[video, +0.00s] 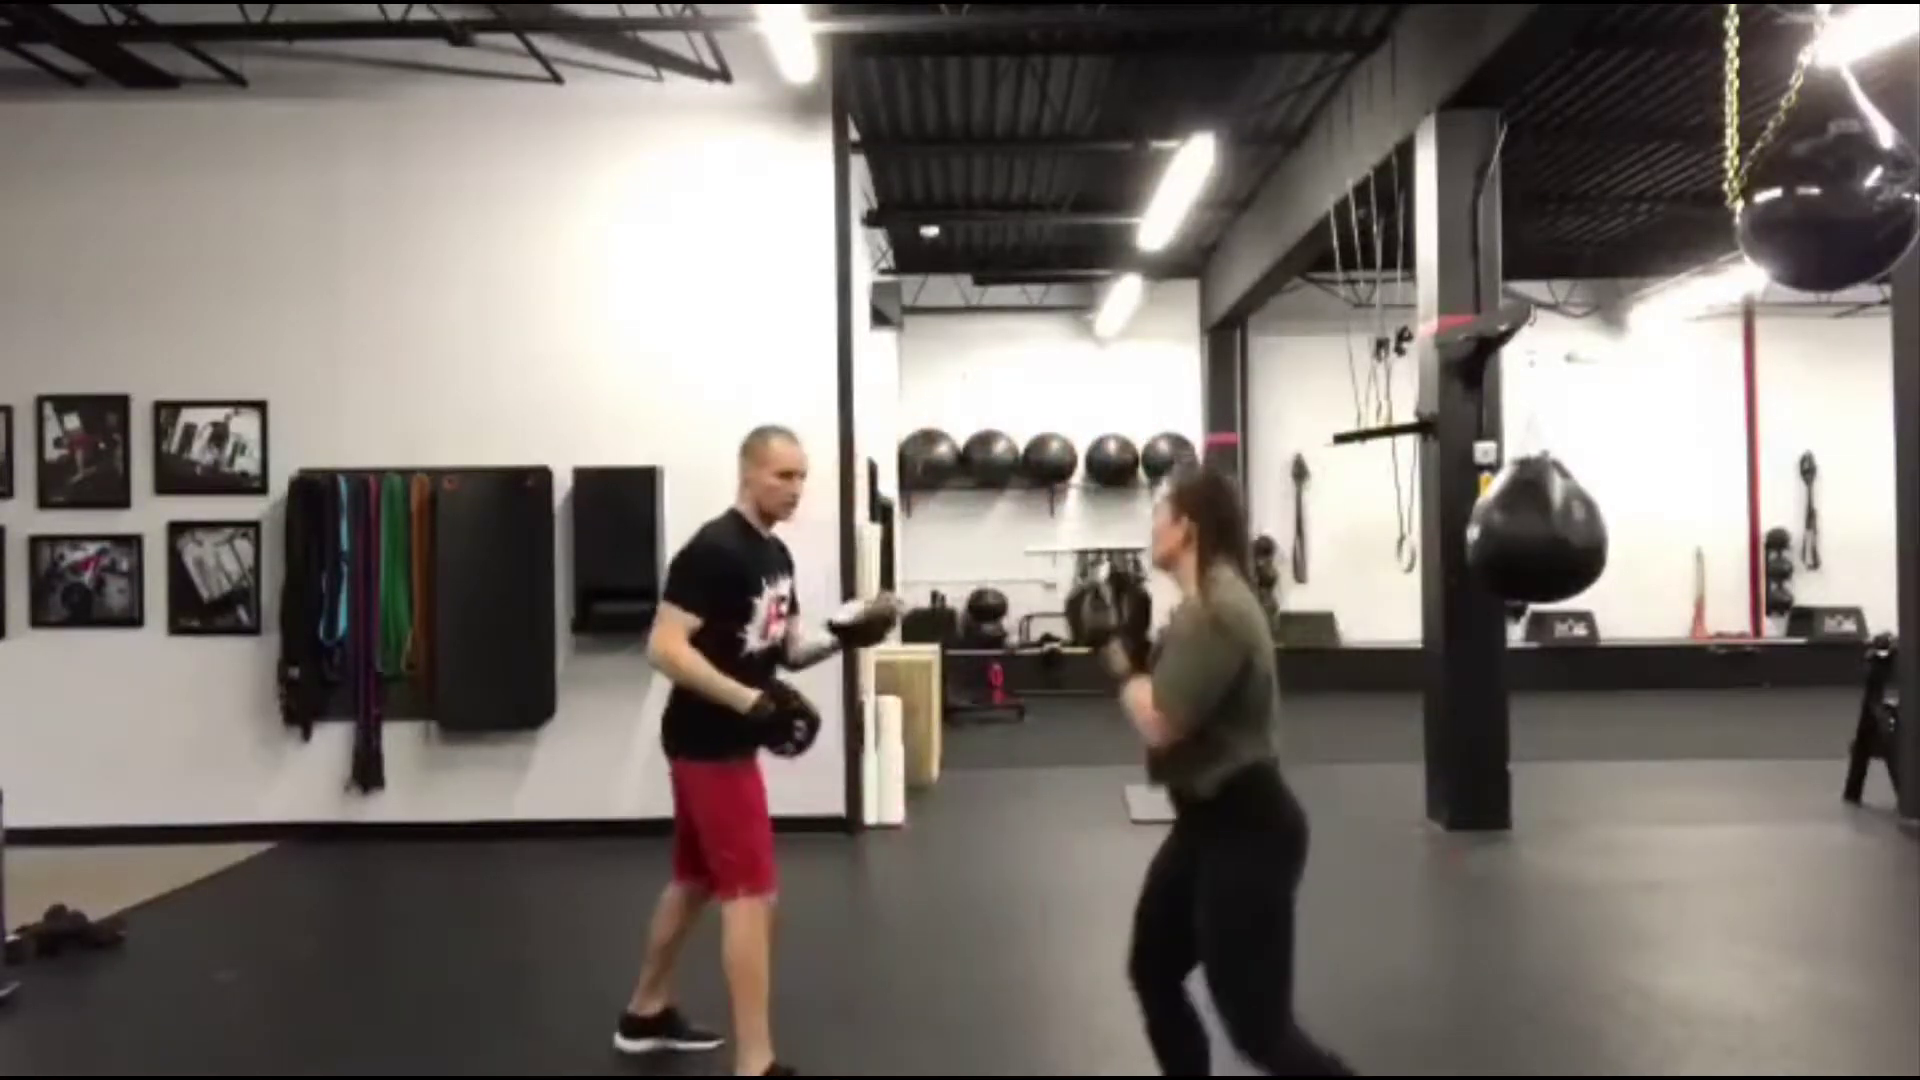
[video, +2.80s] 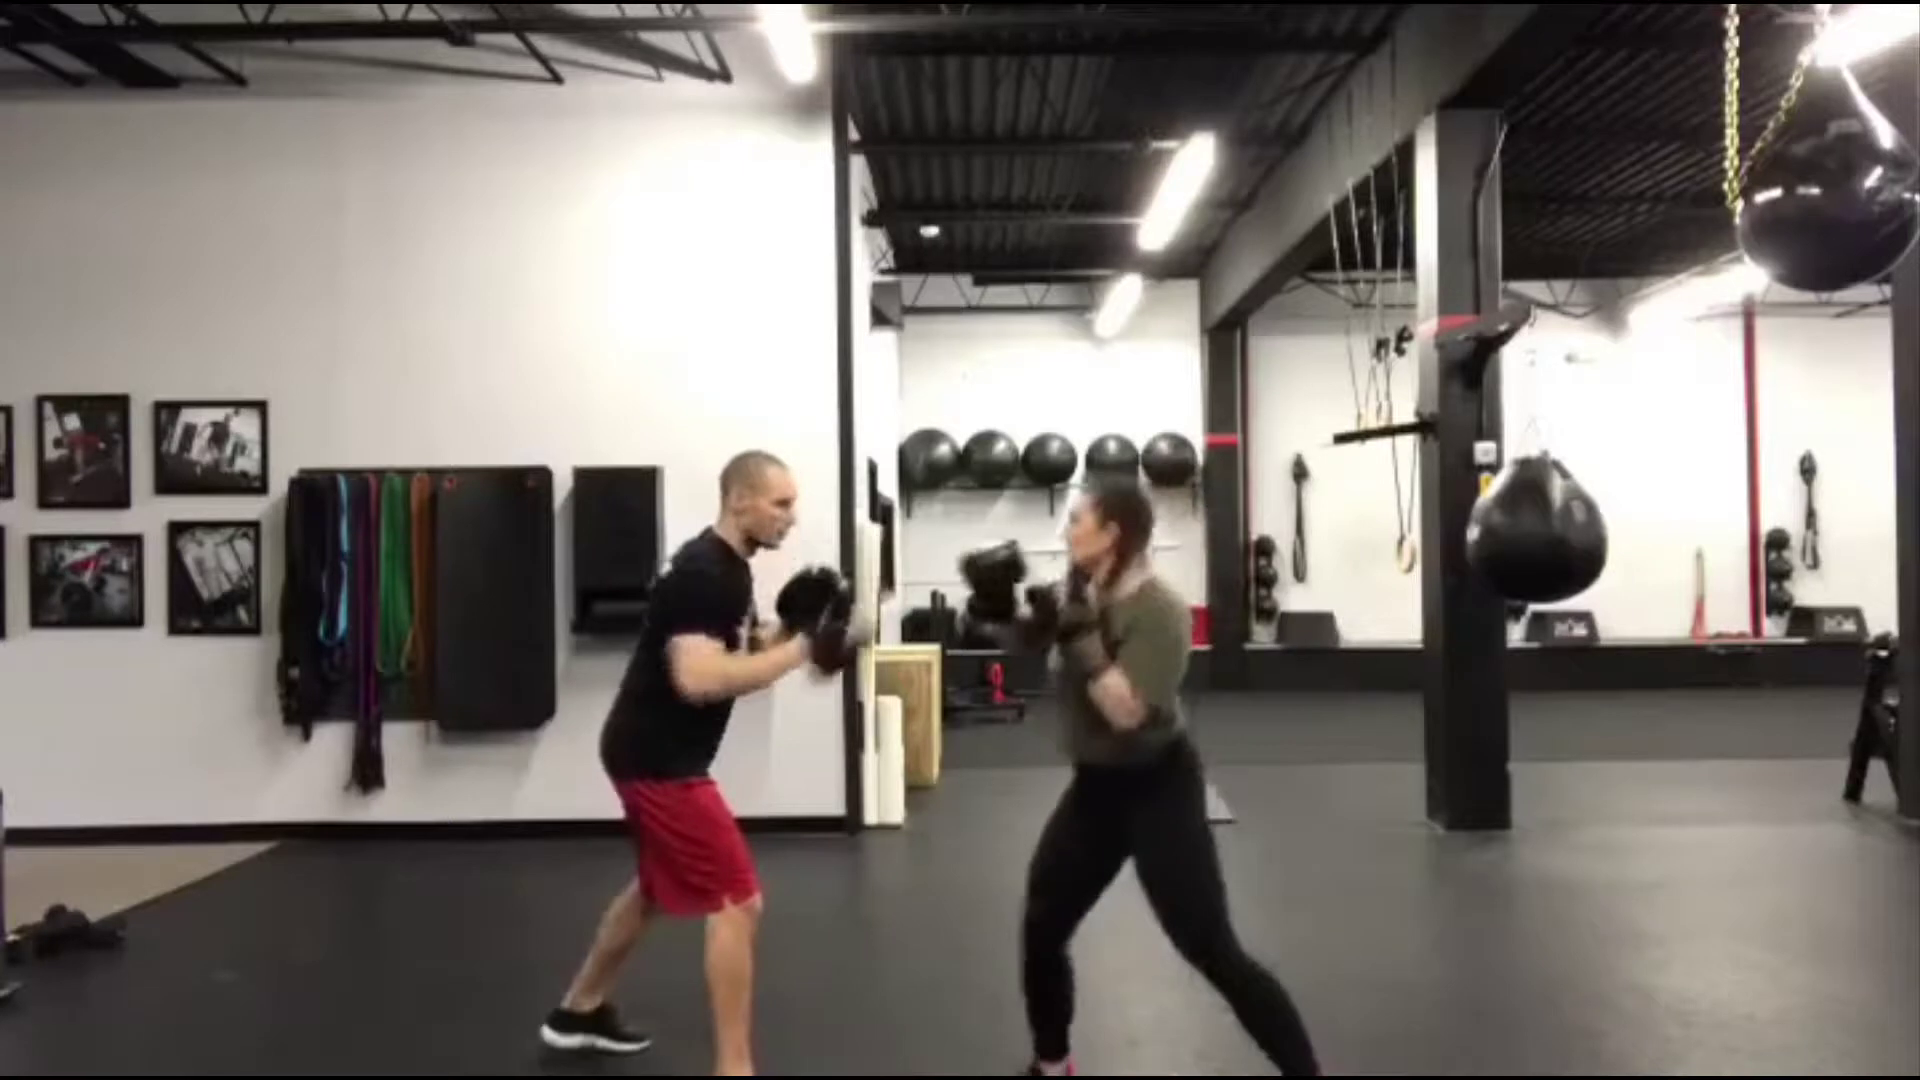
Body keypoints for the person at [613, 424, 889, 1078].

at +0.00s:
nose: (795, 489)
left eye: (800, 478)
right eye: (784, 476)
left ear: (798, 480)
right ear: (747, 475)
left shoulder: (775, 555)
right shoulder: (712, 550)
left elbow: (783, 651)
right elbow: (664, 645)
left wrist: (845, 634)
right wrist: (751, 701)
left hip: (728, 744)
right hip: (709, 748)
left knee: (693, 881)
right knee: (749, 893)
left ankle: (645, 1012)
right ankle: (755, 1061)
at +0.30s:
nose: (801, 499)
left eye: (807, 487)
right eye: (792, 484)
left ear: (800, 488)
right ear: (751, 477)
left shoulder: (770, 561)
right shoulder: (715, 557)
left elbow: (816, 648)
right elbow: (718, 660)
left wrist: (856, 607)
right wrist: (805, 615)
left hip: (713, 759)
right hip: (708, 762)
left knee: (692, 889)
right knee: (764, 906)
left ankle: (645, 1014)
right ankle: (760, 1066)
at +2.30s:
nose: (771, 518)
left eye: (773, 506)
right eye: (761, 505)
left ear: (732, 510)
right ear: (719, 505)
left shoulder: (724, 574)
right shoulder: (685, 576)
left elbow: (770, 654)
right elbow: (715, 672)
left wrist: (794, 588)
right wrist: (774, 593)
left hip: (663, 762)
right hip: (657, 767)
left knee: (672, 892)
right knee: (737, 903)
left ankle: (606, 1010)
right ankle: (734, 1066)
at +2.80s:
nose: (791, 517)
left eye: (792, 505)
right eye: (781, 504)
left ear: (746, 506)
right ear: (740, 502)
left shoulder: (731, 565)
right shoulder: (701, 570)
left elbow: (737, 646)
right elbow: (696, 677)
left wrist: (793, 630)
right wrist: (798, 652)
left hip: (659, 755)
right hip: (656, 761)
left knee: (656, 885)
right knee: (737, 901)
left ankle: (581, 1009)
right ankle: (735, 1065)